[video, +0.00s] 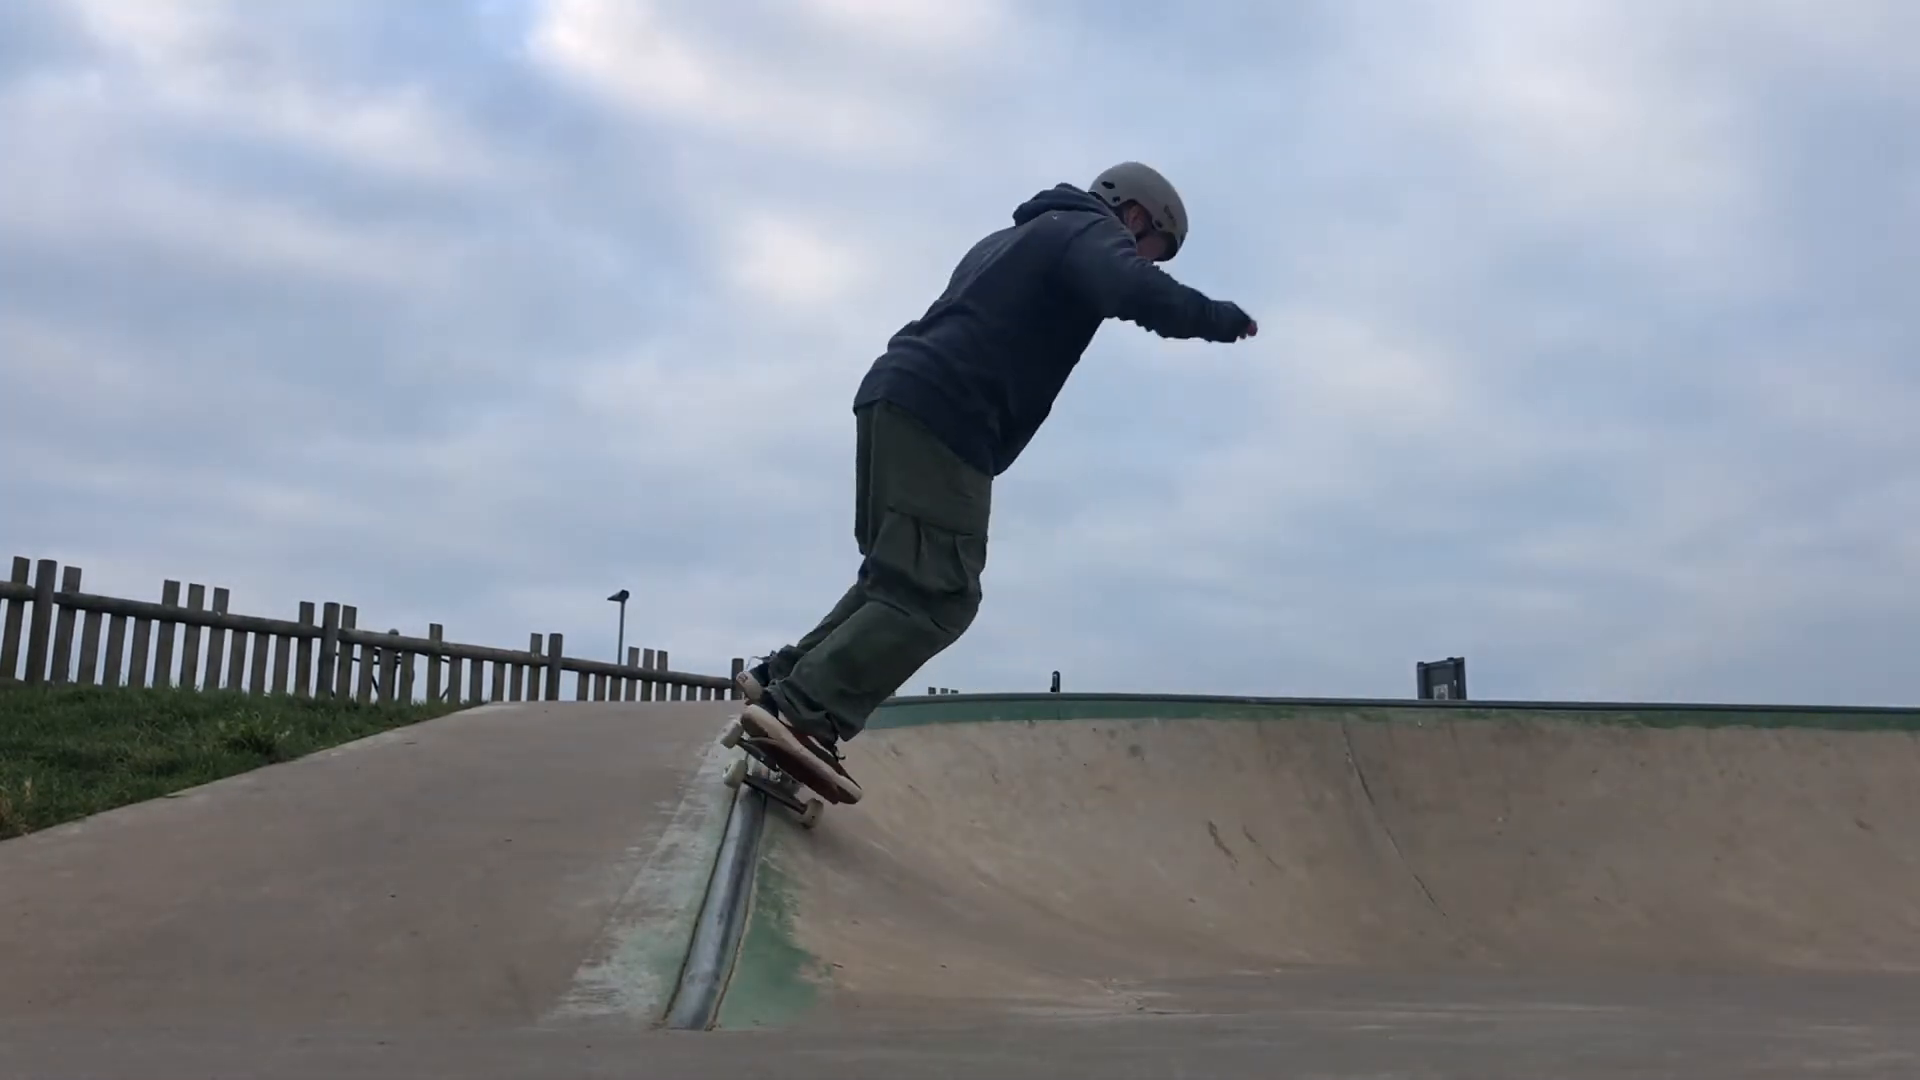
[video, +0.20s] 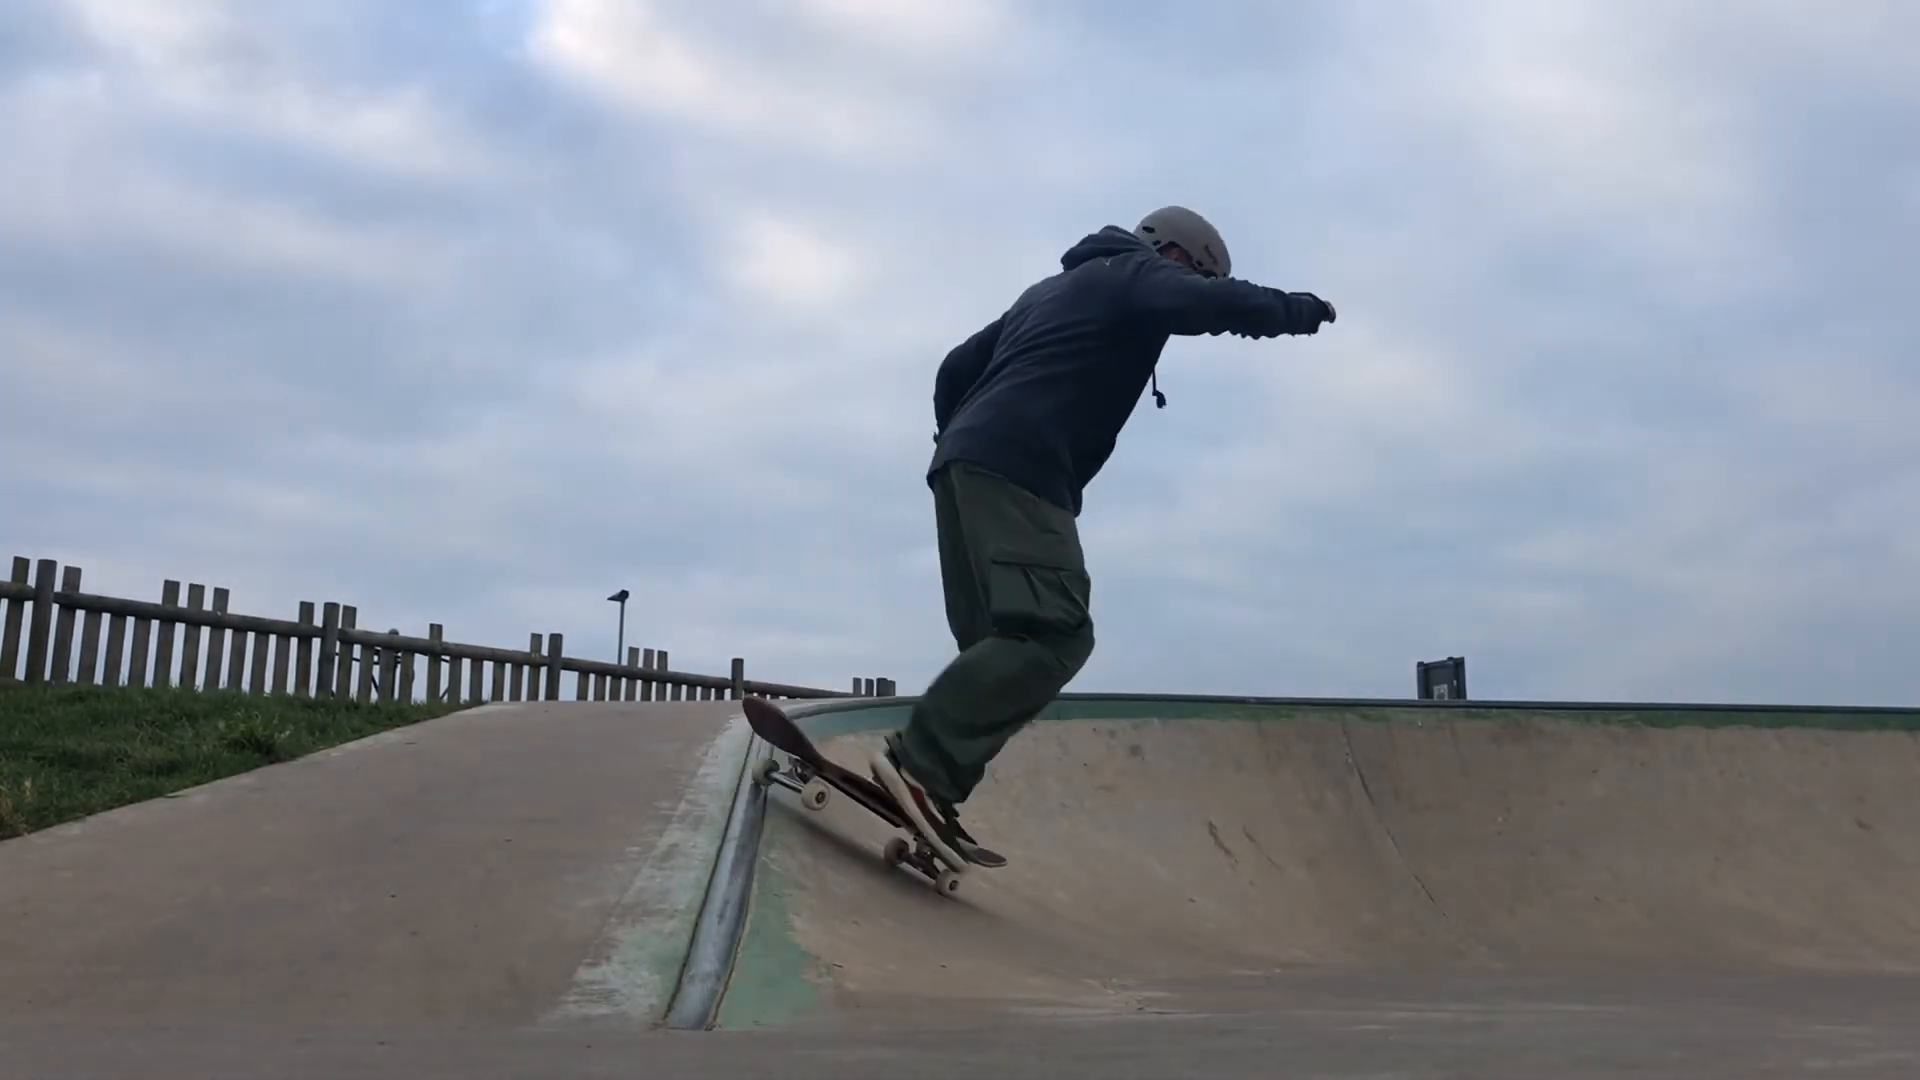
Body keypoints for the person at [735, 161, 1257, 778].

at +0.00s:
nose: (1155, 257)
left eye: (1164, 249)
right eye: (1158, 242)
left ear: (1110, 201)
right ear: (1131, 213)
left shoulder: (1022, 233)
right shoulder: (1082, 230)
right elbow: (1136, 287)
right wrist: (1217, 314)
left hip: (897, 395)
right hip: (939, 412)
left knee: (899, 578)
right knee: (937, 593)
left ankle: (785, 685)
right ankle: (805, 714)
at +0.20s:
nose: (1201, 288)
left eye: (1207, 280)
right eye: (1202, 276)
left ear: (1154, 241)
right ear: (1175, 254)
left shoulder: (1045, 292)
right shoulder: (1136, 272)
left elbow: (958, 364)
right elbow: (1213, 298)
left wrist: (962, 441)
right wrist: (1301, 310)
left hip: (963, 459)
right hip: (1017, 459)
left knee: (996, 640)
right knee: (1055, 633)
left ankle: (935, 796)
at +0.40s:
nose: (1260, 373)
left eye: (1266, 363)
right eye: (1261, 357)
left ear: (1205, 330)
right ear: (1233, 334)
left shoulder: (1115, 397)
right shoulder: (1198, 368)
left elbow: (1048, 513)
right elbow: (1239, 406)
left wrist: (1055, 604)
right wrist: (1334, 391)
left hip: (1090, 583)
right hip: (1133, 589)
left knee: (1219, 701)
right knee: (1146, 756)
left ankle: (1096, 802)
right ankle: (1043, 894)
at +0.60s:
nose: (1353, 396)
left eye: (1358, 384)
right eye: (1354, 379)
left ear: (1293, 360)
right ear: (1325, 361)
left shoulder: (1218, 440)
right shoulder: (1310, 409)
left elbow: (1184, 556)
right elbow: (1328, 509)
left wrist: (1223, 613)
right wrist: (1399, 599)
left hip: (1227, 622)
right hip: (1279, 617)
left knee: (1343, 769)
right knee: (1284, 767)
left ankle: (1382, 935)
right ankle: (1135, 845)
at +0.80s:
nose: (1439, 429)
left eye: (1443, 416)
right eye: (1439, 413)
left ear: (1383, 398)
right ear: (1413, 397)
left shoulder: (1333, 462)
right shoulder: (1399, 447)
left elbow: (1374, 570)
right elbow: (1391, 550)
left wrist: (1449, 630)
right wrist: (1407, 645)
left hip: (1321, 662)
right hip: (1386, 652)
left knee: (1407, 791)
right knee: (1497, 749)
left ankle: (1391, 930)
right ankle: (1476, 876)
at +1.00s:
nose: (1501, 426)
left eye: (1503, 415)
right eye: (1500, 413)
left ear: (1443, 398)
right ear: (1478, 399)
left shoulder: (1401, 466)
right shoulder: (1466, 443)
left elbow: (1465, 569)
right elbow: (1456, 529)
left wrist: (1541, 557)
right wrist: (1487, 617)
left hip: (1406, 652)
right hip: (1481, 647)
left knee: (1451, 783)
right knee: (1529, 783)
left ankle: (1417, 874)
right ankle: (1545, 941)